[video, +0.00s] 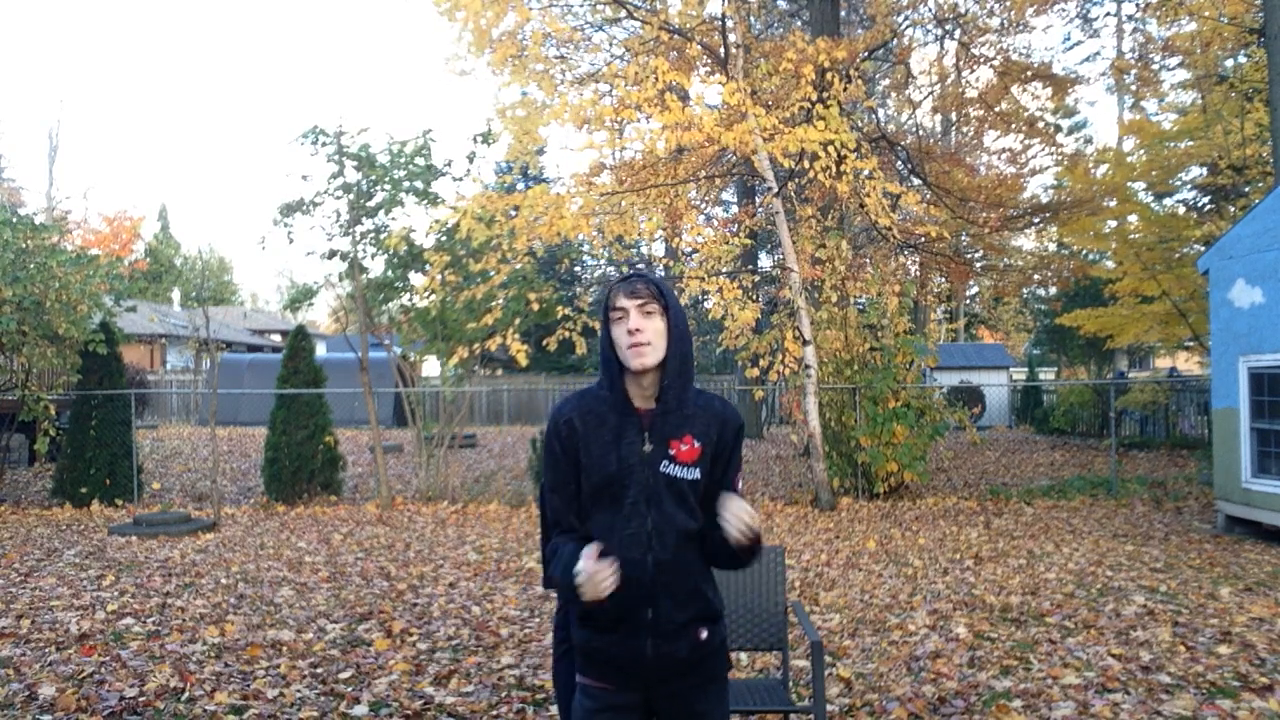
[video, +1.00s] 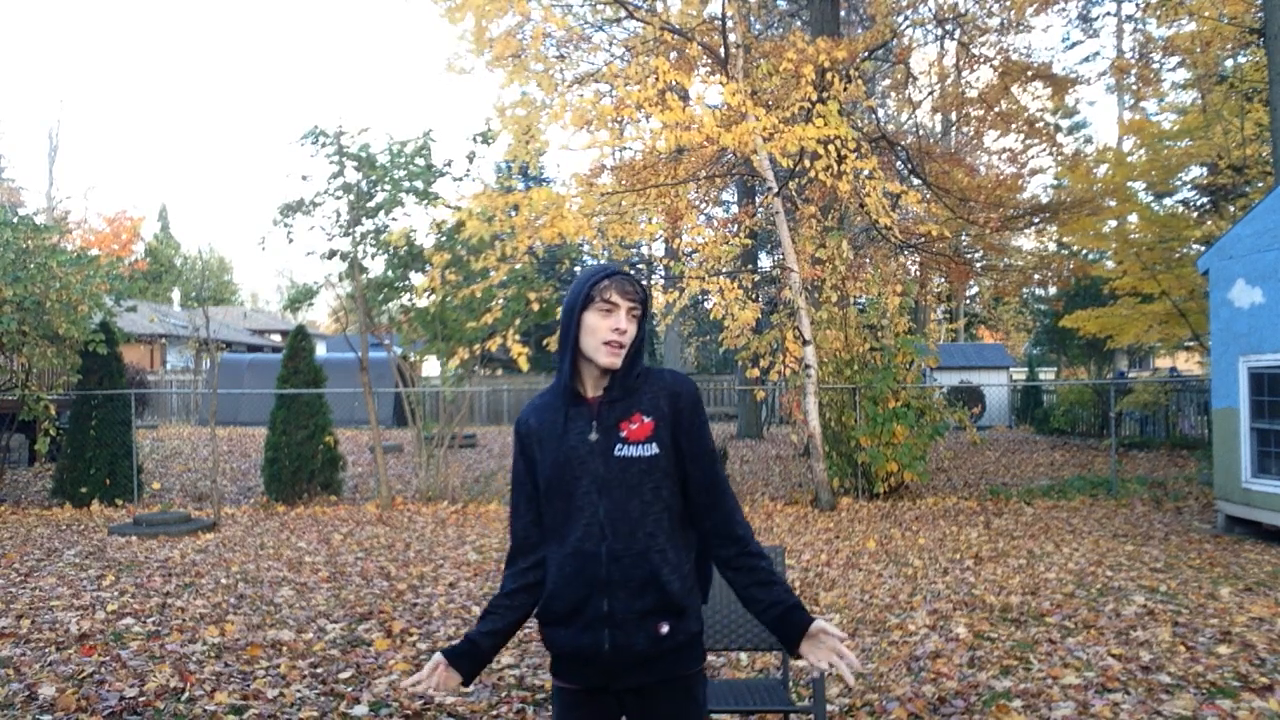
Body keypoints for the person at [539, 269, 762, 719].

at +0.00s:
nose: (634, 326)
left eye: (647, 311)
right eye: (619, 316)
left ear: (672, 325)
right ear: (607, 335)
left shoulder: (717, 421)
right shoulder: (573, 422)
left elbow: (721, 549)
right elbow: (556, 541)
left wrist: (743, 535)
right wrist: (575, 567)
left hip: (694, 656)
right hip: (604, 659)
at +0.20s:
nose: (629, 312)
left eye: (644, 302)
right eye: (616, 299)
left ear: (660, 320)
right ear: (596, 313)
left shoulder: (694, 398)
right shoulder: (555, 409)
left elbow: (715, 528)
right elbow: (553, 542)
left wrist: (657, 457)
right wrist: (615, 460)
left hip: (677, 636)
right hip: (587, 639)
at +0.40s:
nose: (615, 316)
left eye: (630, 306)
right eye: (602, 302)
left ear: (645, 324)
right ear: (580, 315)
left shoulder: (675, 402)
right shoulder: (535, 411)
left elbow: (698, 529)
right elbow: (524, 547)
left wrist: (638, 460)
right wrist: (593, 469)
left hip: (661, 639)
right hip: (573, 644)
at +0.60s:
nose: (606, 336)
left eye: (619, 326)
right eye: (593, 320)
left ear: (628, 341)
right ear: (565, 328)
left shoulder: (660, 409)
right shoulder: (519, 425)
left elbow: (708, 522)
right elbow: (494, 554)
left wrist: (653, 504)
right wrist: (571, 527)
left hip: (652, 663)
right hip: (559, 670)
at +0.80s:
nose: (612, 326)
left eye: (623, 315)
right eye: (597, 309)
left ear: (631, 329)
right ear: (564, 318)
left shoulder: (661, 395)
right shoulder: (523, 411)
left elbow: (715, 503)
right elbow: (507, 539)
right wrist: (483, 642)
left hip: (653, 644)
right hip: (565, 650)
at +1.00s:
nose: (621, 326)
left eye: (632, 315)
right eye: (606, 310)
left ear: (641, 329)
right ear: (574, 319)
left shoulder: (671, 396)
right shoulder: (538, 420)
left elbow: (722, 524)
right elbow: (528, 560)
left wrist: (792, 623)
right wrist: (467, 655)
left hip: (668, 655)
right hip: (578, 660)